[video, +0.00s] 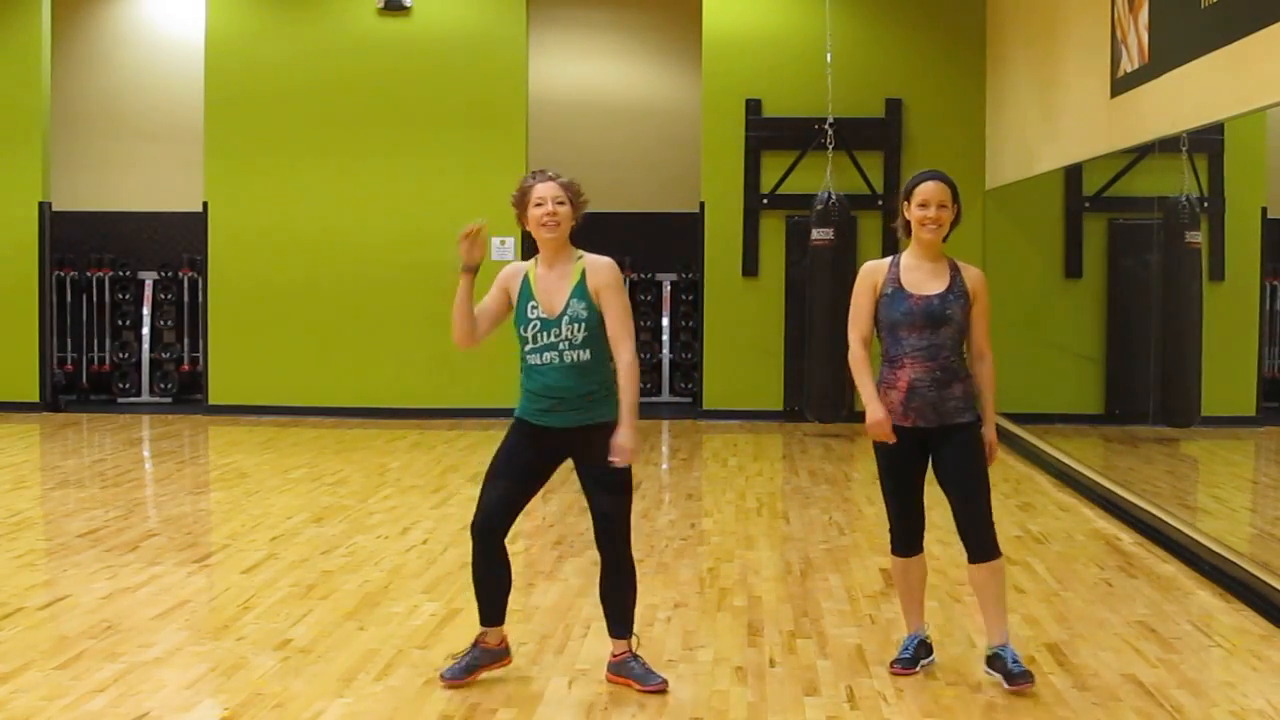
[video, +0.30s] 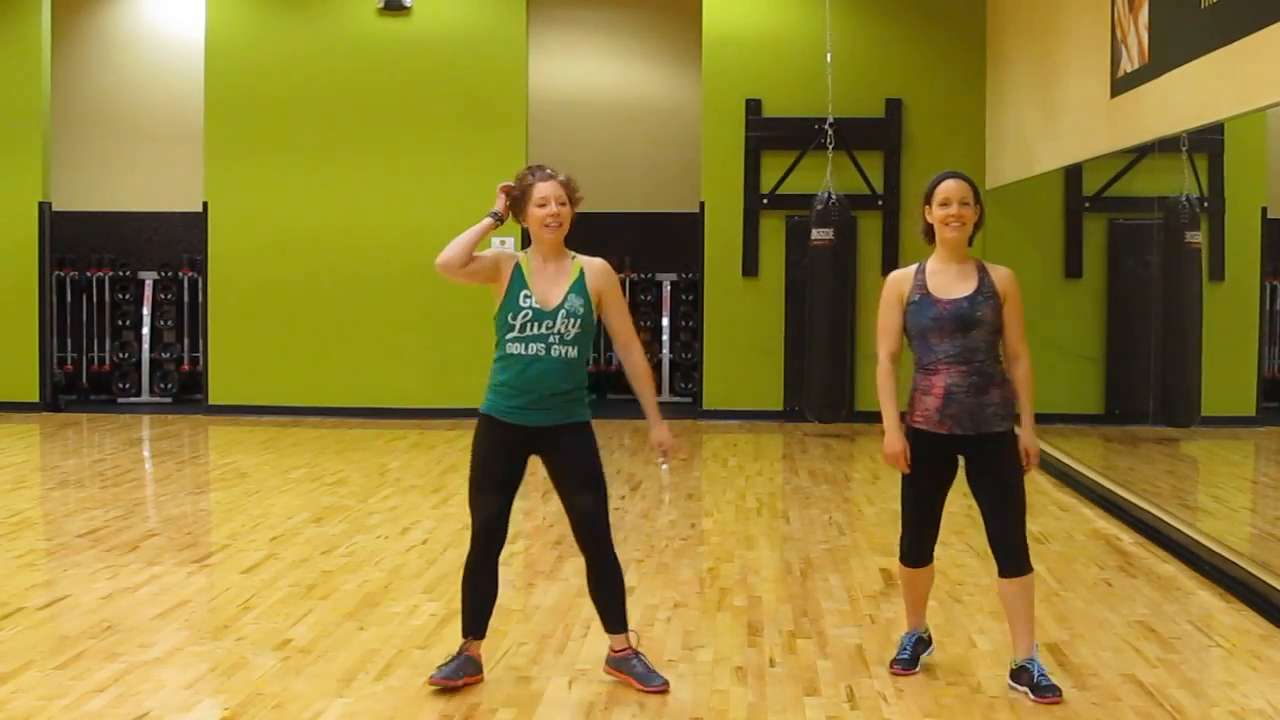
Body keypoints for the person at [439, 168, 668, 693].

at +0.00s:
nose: (549, 211)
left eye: (558, 203)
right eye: (538, 204)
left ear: (574, 213)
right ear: (525, 218)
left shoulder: (600, 271)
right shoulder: (514, 277)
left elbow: (625, 353)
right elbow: (466, 335)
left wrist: (627, 425)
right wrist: (467, 272)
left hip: (598, 426)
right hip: (535, 426)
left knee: (614, 541)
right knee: (486, 526)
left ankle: (622, 653)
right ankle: (491, 640)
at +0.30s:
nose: (554, 212)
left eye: (561, 203)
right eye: (542, 204)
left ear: (571, 212)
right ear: (522, 215)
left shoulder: (595, 272)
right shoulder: (505, 265)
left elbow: (629, 349)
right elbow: (447, 264)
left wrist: (656, 421)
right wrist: (492, 216)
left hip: (568, 425)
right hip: (502, 423)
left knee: (596, 538)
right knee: (486, 537)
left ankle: (621, 648)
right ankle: (470, 652)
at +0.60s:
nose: (573, 228)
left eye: (579, 219)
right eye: (561, 220)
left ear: (586, 224)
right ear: (537, 226)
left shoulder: (600, 285)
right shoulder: (513, 272)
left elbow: (597, 364)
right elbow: (458, 315)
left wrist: (585, 428)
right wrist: (491, 252)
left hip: (560, 433)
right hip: (500, 428)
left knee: (607, 537)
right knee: (486, 545)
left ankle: (631, 650)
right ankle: (464, 653)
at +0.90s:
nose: (594, 225)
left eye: (601, 215)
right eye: (582, 217)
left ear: (613, 218)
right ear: (563, 223)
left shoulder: (640, 276)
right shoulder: (542, 284)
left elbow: (684, 340)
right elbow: (521, 361)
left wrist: (722, 401)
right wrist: (499, 434)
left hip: (628, 429)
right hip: (565, 433)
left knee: (655, 534)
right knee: (556, 548)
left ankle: (644, 652)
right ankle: (512, 646)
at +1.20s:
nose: (576, 220)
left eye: (586, 212)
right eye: (567, 210)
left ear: (597, 220)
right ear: (548, 216)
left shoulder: (614, 276)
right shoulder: (528, 275)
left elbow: (661, 341)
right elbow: (522, 350)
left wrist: (698, 404)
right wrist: (502, 415)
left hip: (614, 428)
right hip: (552, 430)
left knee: (644, 539)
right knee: (512, 538)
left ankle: (686, 640)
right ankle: (485, 650)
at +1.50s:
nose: (541, 226)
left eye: (551, 218)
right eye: (532, 217)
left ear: (564, 226)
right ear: (514, 224)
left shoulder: (581, 292)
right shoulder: (485, 280)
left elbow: (585, 376)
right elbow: (443, 348)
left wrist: (573, 443)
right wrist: (401, 411)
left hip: (542, 438)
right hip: (483, 429)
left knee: (512, 551)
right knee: (454, 541)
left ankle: (573, 629)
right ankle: (467, 656)